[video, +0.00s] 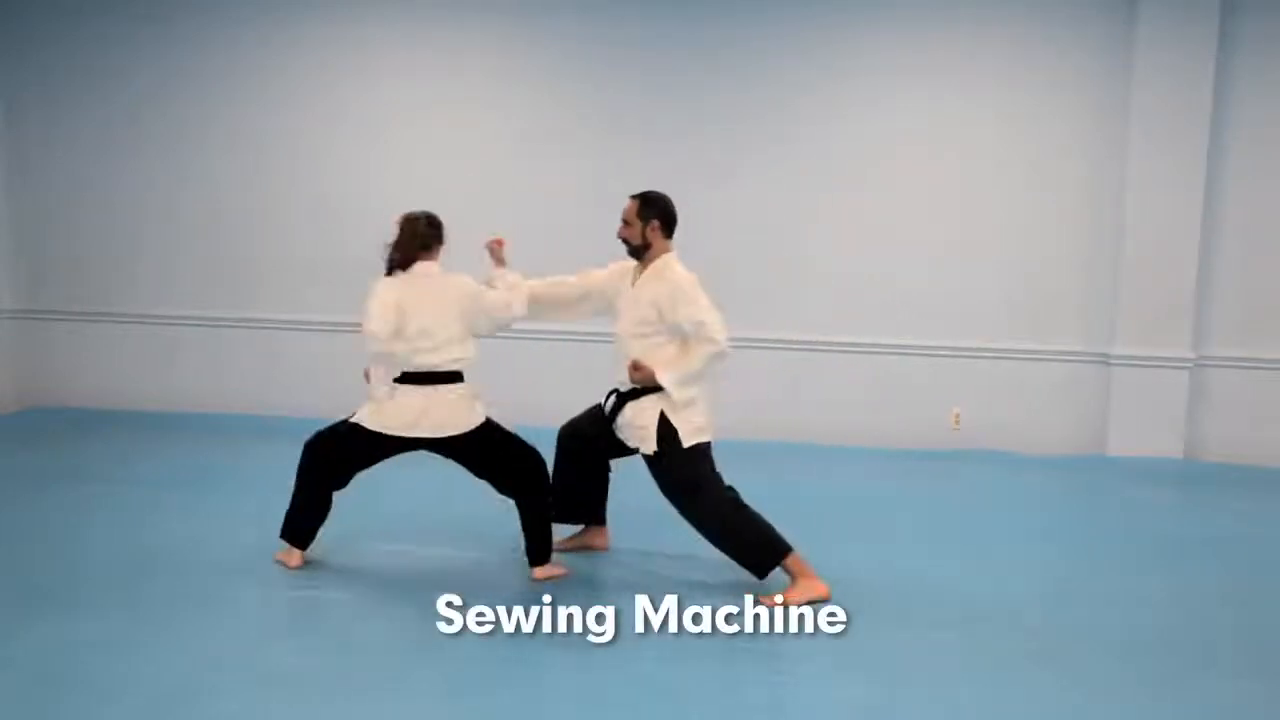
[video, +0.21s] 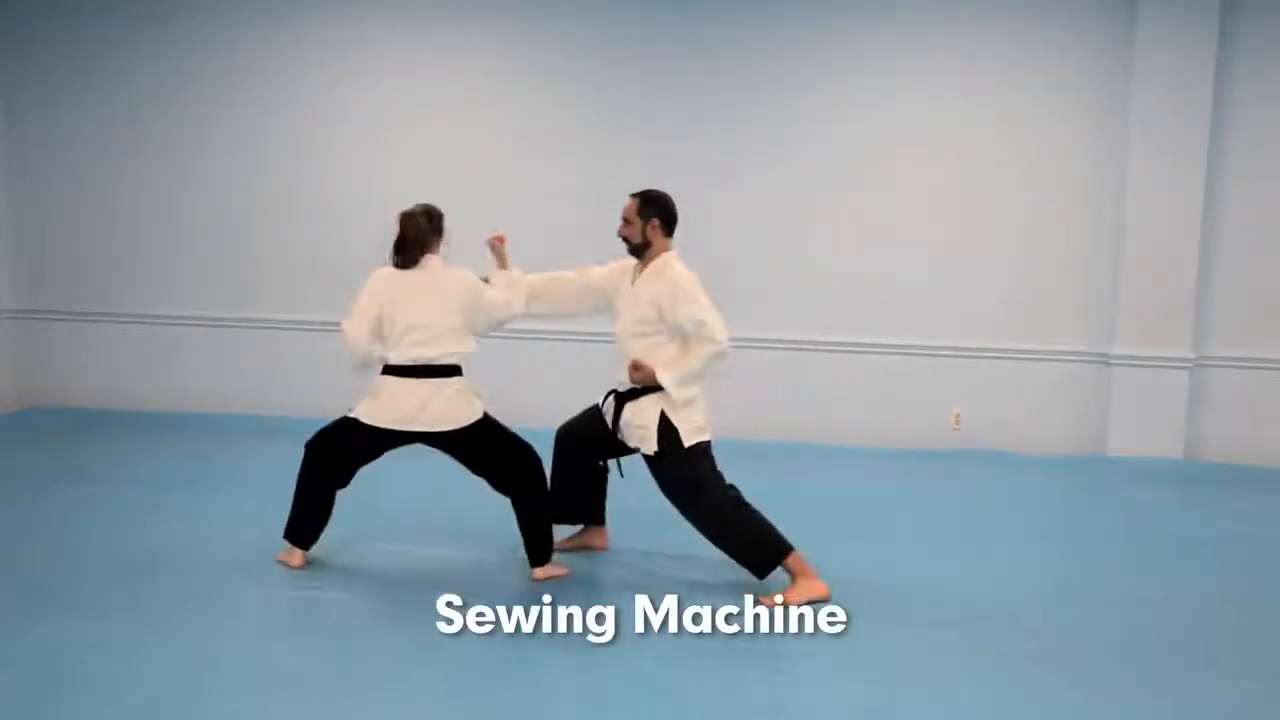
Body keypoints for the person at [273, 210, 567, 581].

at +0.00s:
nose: (397, 241)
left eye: (400, 237)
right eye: (438, 240)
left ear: (401, 244)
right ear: (440, 246)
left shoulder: (387, 288)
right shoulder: (460, 288)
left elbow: (378, 338)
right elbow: (509, 309)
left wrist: (374, 376)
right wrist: (501, 268)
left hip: (395, 416)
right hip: (455, 417)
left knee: (321, 452)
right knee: (528, 468)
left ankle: (294, 549)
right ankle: (541, 563)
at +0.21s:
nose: (444, 239)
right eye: (443, 234)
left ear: (402, 238)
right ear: (440, 239)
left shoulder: (383, 281)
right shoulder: (461, 282)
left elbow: (356, 341)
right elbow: (506, 307)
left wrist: (380, 356)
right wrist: (503, 266)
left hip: (390, 408)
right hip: (451, 410)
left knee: (322, 452)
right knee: (523, 465)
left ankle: (296, 549)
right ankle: (542, 563)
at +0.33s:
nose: (446, 233)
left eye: (443, 225)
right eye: (442, 226)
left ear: (402, 233)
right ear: (428, 232)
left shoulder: (378, 277)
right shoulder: (457, 275)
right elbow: (503, 292)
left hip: (383, 403)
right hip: (445, 406)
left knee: (322, 454)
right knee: (512, 468)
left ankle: (297, 549)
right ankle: (540, 562)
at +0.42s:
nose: (447, 228)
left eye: (444, 220)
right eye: (443, 222)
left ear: (405, 228)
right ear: (425, 227)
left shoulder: (379, 267)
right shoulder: (446, 267)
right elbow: (470, 293)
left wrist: (466, 260)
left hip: (377, 396)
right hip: (437, 400)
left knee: (322, 455)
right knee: (506, 464)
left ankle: (296, 549)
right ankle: (538, 562)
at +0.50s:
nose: (450, 226)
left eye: (448, 218)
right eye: (446, 220)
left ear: (407, 225)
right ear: (428, 225)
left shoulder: (389, 259)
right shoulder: (451, 264)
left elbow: (444, 275)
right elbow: (485, 276)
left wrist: (488, 269)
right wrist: (501, 270)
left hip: (376, 394)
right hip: (434, 399)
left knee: (325, 455)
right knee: (506, 462)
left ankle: (296, 549)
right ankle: (535, 562)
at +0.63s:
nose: (463, 228)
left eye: (461, 220)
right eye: (458, 221)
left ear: (422, 226)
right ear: (439, 226)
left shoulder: (401, 261)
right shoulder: (467, 267)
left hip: (387, 397)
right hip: (445, 404)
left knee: (336, 463)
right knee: (519, 465)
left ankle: (295, 550)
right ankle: (539, 562)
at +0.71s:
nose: (478, 226)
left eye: (476, 218)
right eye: (473, 218)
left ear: (437, 224)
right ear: (454, 223)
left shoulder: (417, 258)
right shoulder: (489, 264)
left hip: (403, 395)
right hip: (460, 403)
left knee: (351, 469)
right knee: (530, 467)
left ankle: (300, 550)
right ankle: (542, 563)